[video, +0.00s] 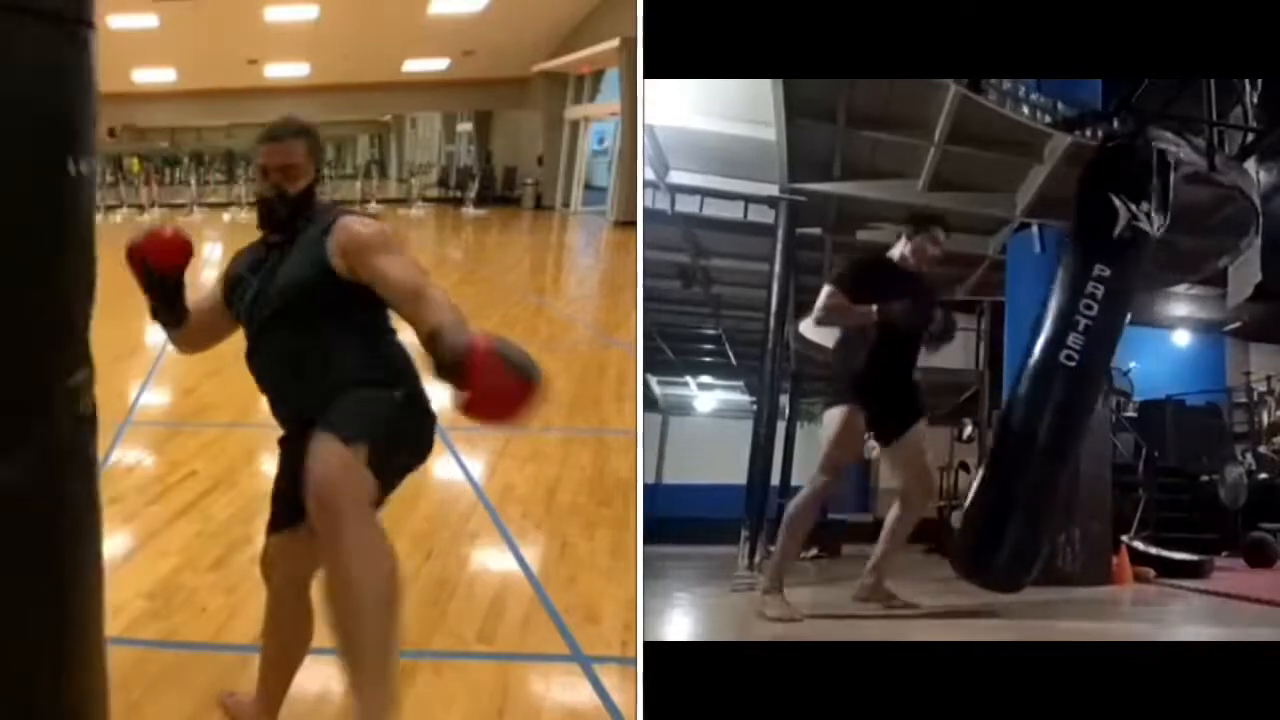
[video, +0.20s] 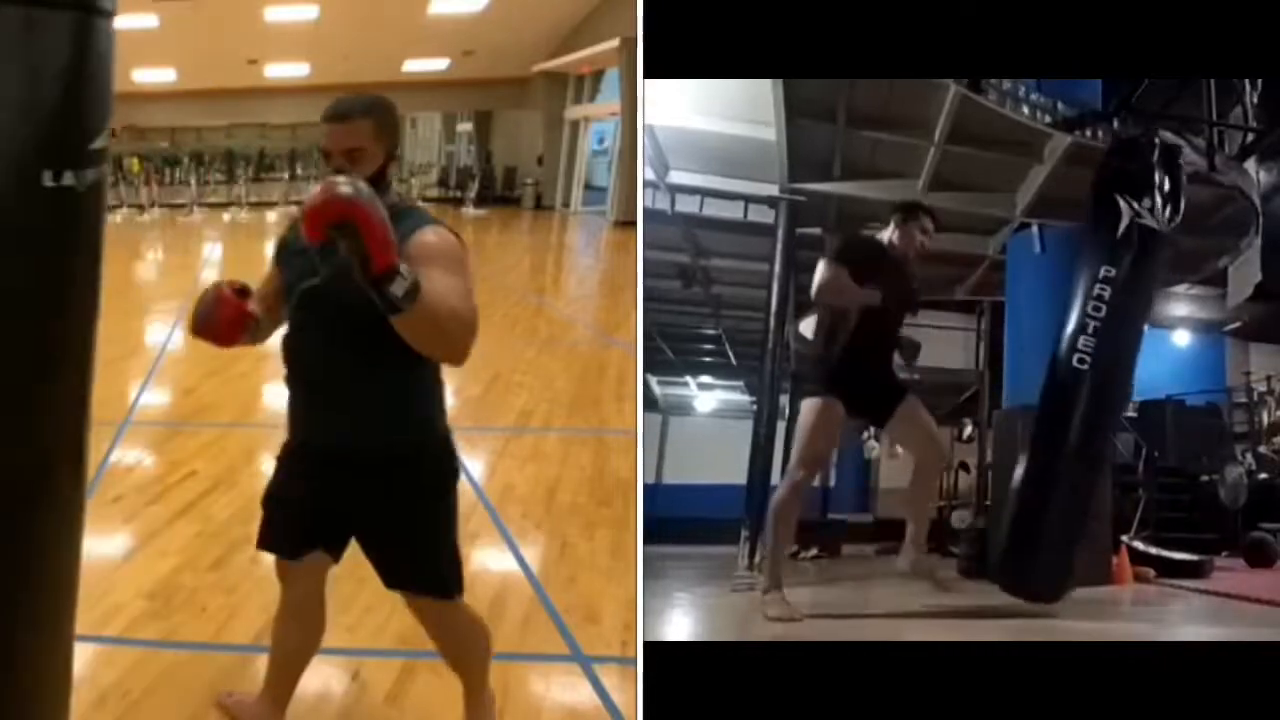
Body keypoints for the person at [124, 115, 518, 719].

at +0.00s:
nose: (274, 188)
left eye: (289, 175)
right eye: (264, 175)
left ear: (316, 175)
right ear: (254, 178)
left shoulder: (351, 237)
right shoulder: (247, 268)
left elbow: (421, 301)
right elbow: (192, 335)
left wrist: (462, 354)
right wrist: (164, 289)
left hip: (379, 400)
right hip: (308, 429)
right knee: (283, 564)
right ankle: (266, 705)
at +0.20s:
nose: (338, 171)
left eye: (354, 156)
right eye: (328, 156)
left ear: (389, 156)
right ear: (319, 154)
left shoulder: (428, 242)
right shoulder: (304, 239)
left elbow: (454, 342)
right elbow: (262, 317)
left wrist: (387, 271)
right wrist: (227, 316)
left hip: (405, 456)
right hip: (317, 450)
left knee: (431, 599)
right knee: (298, 573)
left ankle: (480, 701)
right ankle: (272, 703)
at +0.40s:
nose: (380, 183)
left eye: (396, 169)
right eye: (372, 168)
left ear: (441, 163)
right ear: (365, 163)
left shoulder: (497, 249)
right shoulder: (375, 229)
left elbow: (506, 375)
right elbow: (331, 321)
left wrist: (418, 335)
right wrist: (304, 306)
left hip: (456, 449)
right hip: (369, 434)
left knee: (463, 579)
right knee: (324, 538)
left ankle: (471, 697)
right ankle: (305, 661)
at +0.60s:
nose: (406, 184)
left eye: (422, 169)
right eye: (398, 169)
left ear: (467, 163)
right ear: (390, 163)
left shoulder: (522, 245)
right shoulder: (401, 226)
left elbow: (529, 368)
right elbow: (325, 306)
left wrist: (460, 309)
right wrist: (312, 271)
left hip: (478, 444)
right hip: (397, 422)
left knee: (477, 581)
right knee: (360, 500)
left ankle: (472, 694)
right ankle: (392, 592)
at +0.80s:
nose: (408, 186)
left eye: (422, 173)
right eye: (399, 172)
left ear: (463, 165)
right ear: (390, 166)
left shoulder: (509, 231)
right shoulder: (395, 224)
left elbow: (494, 329)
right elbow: (325, 300)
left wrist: (425, 257)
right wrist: (320, 252)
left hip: (467, 431)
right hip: (401, 418)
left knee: (454, 581)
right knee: (422, 521)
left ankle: (474, 692)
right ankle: (439, 603)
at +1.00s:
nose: (373, 182)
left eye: (388, 170)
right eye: (368, 169)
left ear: (430, 163)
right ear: (364, 161)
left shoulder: (480, 231)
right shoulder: (381, 217)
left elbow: (527, 332)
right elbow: (329, 289)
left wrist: (441, 288)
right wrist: (312, 248)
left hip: (450, 424)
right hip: (400, 410)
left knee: (409, 562)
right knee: (423, 520)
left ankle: (424, 700)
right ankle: (436, 606)